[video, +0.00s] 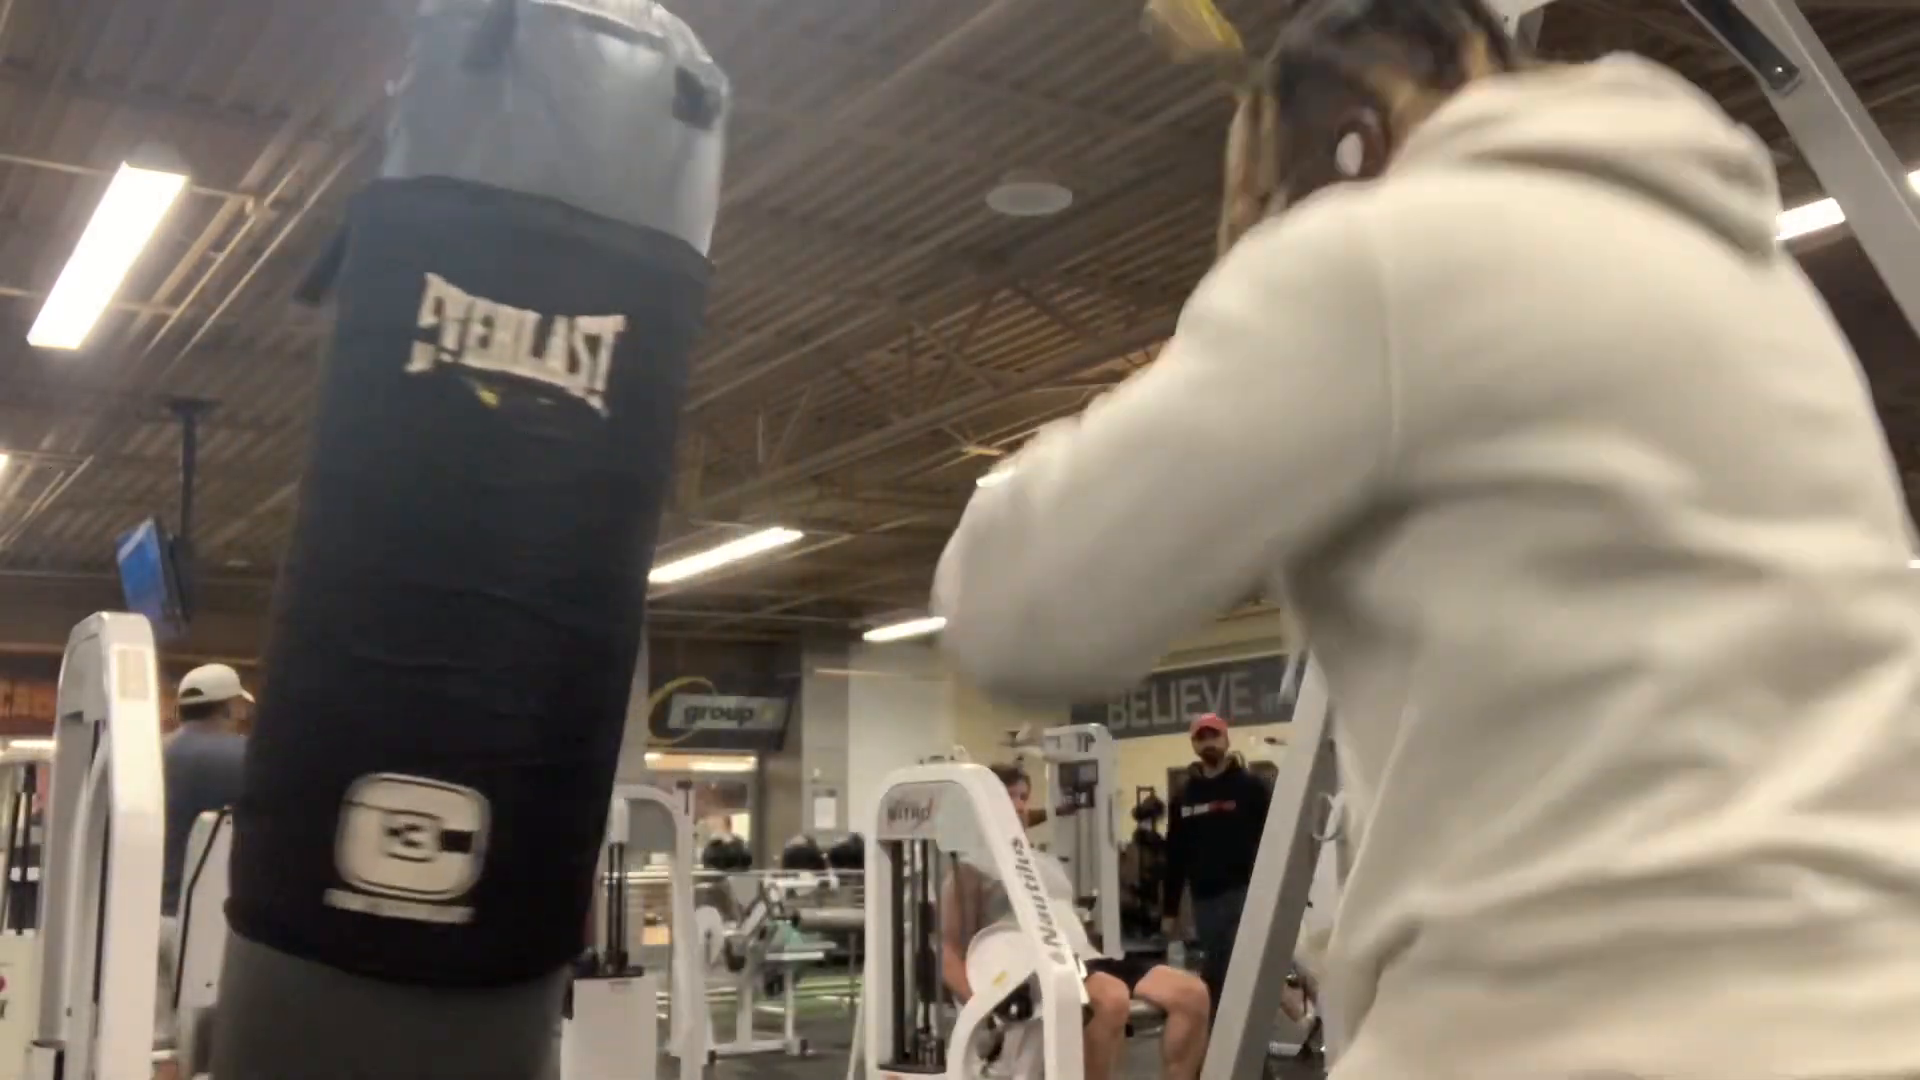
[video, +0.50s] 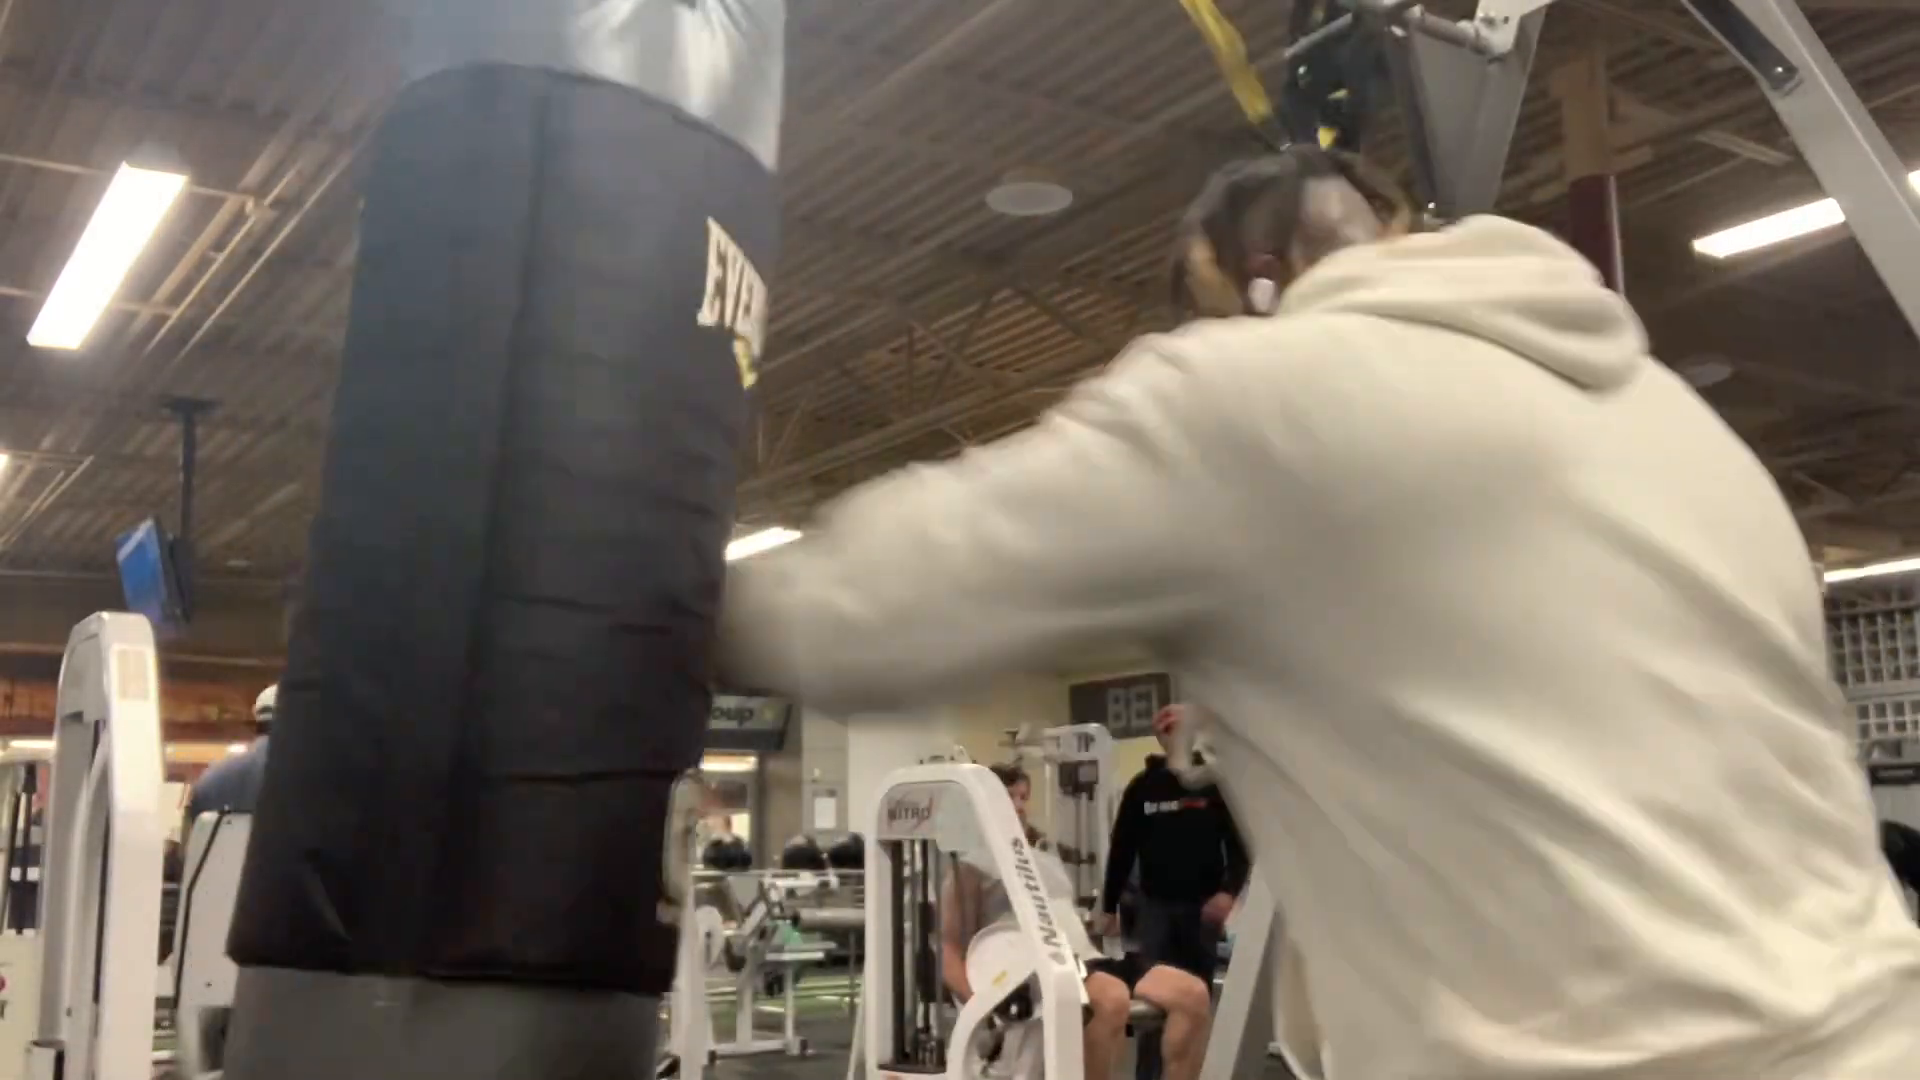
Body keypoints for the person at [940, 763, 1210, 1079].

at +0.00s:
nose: (1015, 806)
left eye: (1021, 797)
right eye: (1006, 796)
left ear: (1028, 804)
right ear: (987, 802)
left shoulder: (1034, 859)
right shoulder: (968, 869)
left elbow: (1057, 924)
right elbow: (951, 958)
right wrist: (984, 1004)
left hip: (1073, 960)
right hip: (1019, 971)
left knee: (1192, 994)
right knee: (1112, 997)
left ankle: (1179, 1073)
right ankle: (1097, 1074)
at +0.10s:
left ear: (1025, 819)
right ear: (986, 820)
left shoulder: (1042, 857)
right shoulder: (968, 872)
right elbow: (951, 957)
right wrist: (983, 1002)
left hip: (1073, 959)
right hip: (1018, 973)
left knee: (1191, 995)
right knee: (1111, 1000)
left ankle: (1180, 1073)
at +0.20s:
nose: (1019, 806)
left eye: (1023, 799)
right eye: (1011, 798)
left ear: (1028, 805)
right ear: (989, 801)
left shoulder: (1035, 860)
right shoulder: (969, 868)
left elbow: (1057, 925)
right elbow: (951, 958)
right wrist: (983, 1003)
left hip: (1072, 961)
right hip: (1018, 971)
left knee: (1191, 993)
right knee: (1112, 997)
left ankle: (1181, 1074)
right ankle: (1096, 1074)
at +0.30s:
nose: (1019, 814)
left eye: (1023, 805)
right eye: (1009, 805)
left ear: (1031, 812)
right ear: (989, 812)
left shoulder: (1044, 857)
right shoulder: (970, 867)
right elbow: (951, 961)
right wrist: (985, 1002)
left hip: (1076, 958)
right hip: (1021, 969)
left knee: (1192, 995)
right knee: (1111, 997)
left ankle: (1180, 1076)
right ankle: (1098, 1076)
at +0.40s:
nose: (1018, 806)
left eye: (1023, 798)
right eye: (1009, 798)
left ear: (1028, 803)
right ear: (989, 802)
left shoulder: (1038, 854)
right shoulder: (969, 867)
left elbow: (1059, 921)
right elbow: (951, 955)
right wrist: (981, 1003)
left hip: (1071, 958)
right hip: (1018, 969)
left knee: (1192, 994)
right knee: (1112, 997)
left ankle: (1177, 1074)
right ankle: (1096, 1074)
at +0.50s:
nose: (1018, 806)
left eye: (1022, 798)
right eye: (1009, 798)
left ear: (1028, 803)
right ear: (989, 802)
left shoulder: (1038, 854)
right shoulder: (969, 868)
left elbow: (1058, 922)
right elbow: (951, 956)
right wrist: (981, 1003)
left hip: (1072, 959)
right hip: (1019, 970)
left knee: (1192, 994)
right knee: (1113, 998)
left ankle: (1177, 1074)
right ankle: (1097, 1074)